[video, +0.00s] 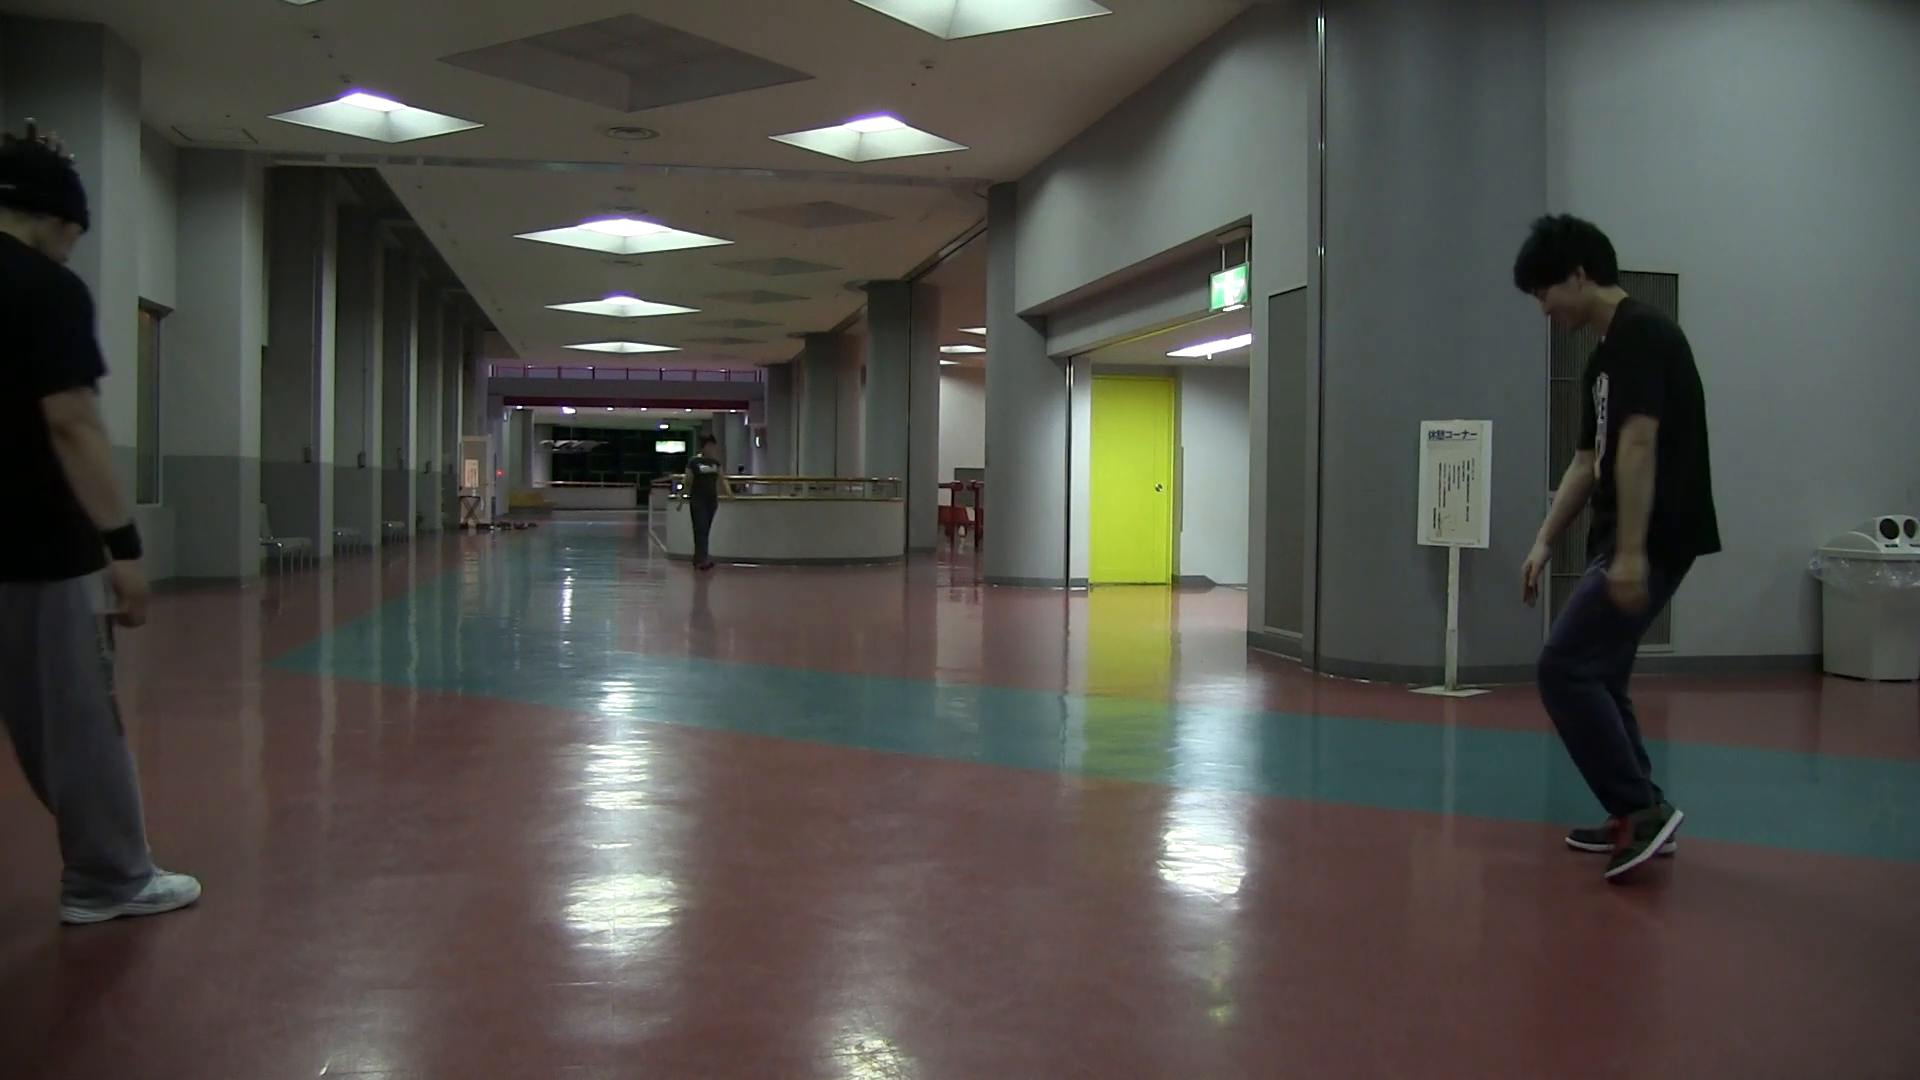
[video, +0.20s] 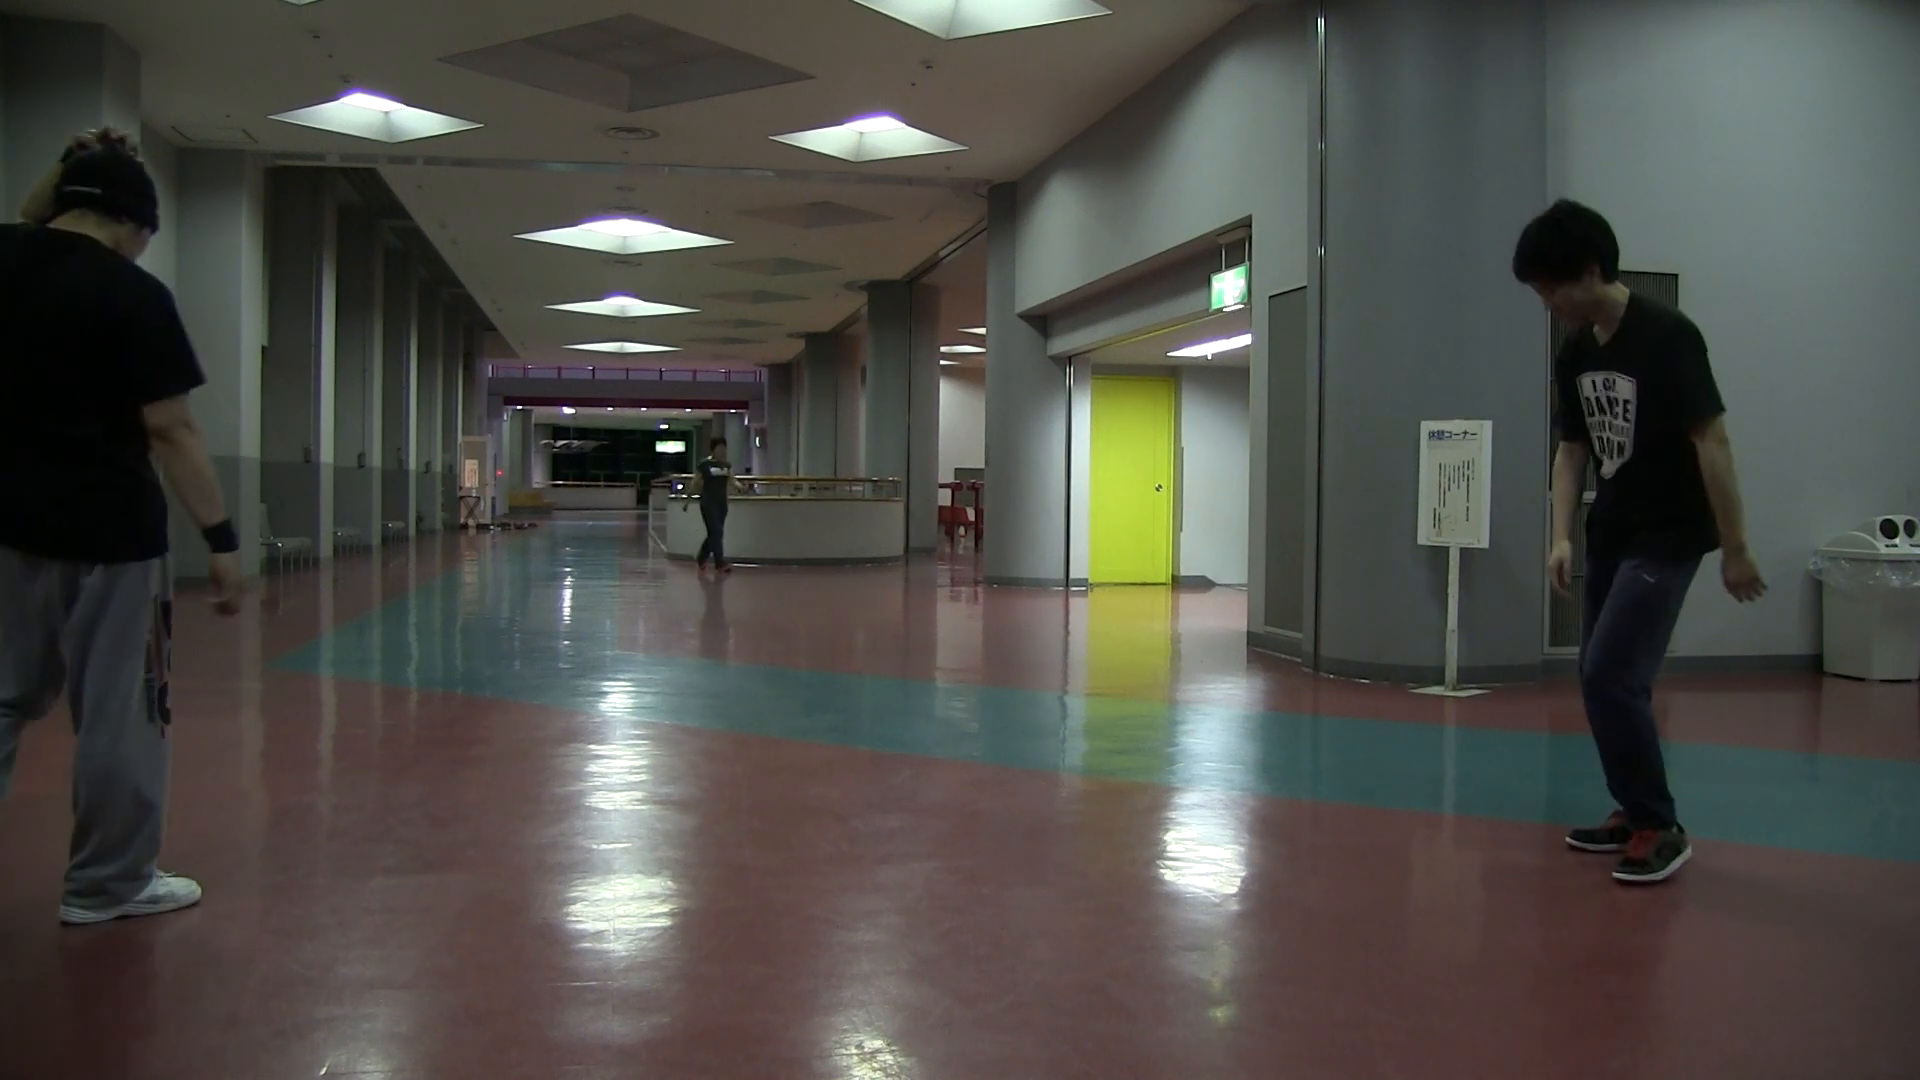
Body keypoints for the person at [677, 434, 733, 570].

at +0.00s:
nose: (712, 450)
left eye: (713, 447)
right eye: (710, 447)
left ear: (715, 448)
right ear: (704, 448)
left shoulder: (716, 464)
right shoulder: (693, 462)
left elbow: (723, 480)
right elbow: (686, 482)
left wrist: (730, 493)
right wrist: (680, 500)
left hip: (711, 500)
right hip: (697, 500)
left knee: (704, 531)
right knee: (700, 531)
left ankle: (699, 559)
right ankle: (702, 560)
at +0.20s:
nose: (722, 452)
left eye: (724, 449)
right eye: (719, 449)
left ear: (725, 450)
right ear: (713, 450)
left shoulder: (726, 466)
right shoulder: (704, 465)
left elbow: (732, 480)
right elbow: (694, 483)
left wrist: (741, 487)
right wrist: (687, 501)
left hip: (721, 502)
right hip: (708, 503)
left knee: (715, 532)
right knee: (715, 532)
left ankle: (702, 558)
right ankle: (720, 563)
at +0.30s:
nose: (728, 449)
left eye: (729, 446)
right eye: (726, 446)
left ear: (730, 447)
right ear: (719, 447)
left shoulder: (730, 464)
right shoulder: (709, 463)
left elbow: (736, 481)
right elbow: (703, 482)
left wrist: (744, 495)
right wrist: (700, 500)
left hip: (727, 501)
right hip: (713, 501)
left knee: (730, 529)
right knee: (718, 531)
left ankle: (713, 551)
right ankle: (721, 562)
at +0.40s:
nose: (733, 449)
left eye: (735, 445)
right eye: (732, 445)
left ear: (735, 446)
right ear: (726, 445)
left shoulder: (735, 462)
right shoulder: (715, 461)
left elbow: (739, 482)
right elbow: (710, 482)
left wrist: (743, 500)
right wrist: (713, 499)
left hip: (734, 501)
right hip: (720, 501)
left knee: (738, 531)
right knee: (718, 533)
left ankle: (726, 556)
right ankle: (720, 563)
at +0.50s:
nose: (740, 449)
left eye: (741, 446)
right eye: (738, 445)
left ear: (741, 446)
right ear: (731, 445)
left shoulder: (740, 462)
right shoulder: (722, 460)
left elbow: (742, 480)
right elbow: (720, 479)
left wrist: (745, 495)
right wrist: (730, 494)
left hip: (739, 498)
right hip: (724, 499)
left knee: (744, 531)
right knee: (721, 532)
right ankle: (720, 562)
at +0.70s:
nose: (755, 450)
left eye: (757, 447)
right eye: (753, 447)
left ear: (757, 448)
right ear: (746, 447)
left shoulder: (755, 463)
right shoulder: (737, 462)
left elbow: (754, 480)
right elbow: (737, 480)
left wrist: (761, 485)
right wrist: (750, 490)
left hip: (754, 501)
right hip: (739, 502)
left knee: (757, 534)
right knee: (735, 533)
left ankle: (761, 565)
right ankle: (722, 561)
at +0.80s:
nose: (762, 448)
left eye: (763, 445)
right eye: (760, 445)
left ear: (763, 446)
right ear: (754, 444)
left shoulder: (761, 462)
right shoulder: (744, 461)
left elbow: (761, 482)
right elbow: (741, 482)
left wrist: (765, 496)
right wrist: (750, 497)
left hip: (762, 499)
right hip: (747, 499)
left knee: (761, 534)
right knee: (748, 534)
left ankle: (760, 564)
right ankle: (731, 556)